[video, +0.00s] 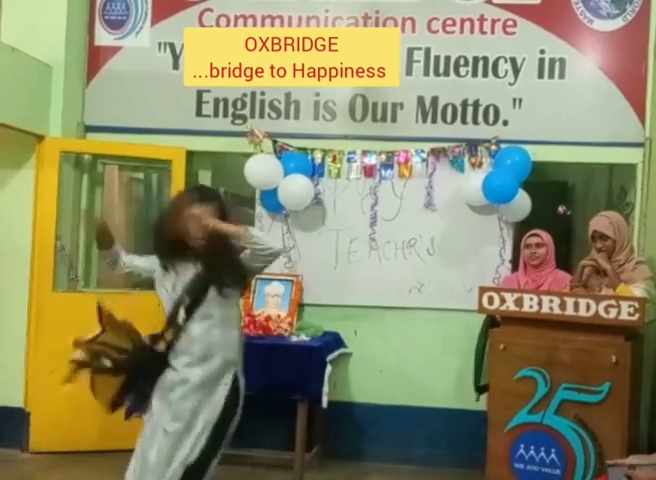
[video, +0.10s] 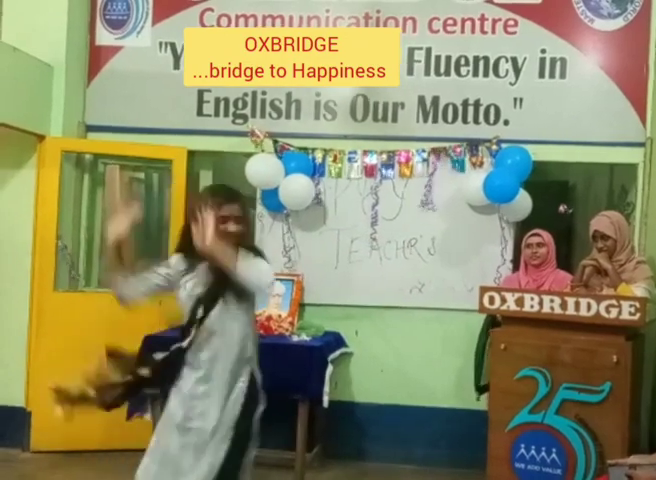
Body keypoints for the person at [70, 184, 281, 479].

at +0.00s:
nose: (203, 227)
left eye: (210, 220)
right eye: (194, 219)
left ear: (221, 225)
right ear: (176, 223)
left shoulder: (232, 268)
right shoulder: (164, 266)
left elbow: (271, 249)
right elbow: (117, 265)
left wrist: (220, 226)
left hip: (220, 384)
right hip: (176, 381)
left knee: (188, 469)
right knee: (149, 464)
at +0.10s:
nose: (232, 228)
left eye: (238, 220)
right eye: (223, 220)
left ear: (246, 224)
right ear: (200, 223)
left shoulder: (250, 263)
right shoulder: (186, 264)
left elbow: (261, 282)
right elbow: (128, 292)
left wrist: (213, 247)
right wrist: (115, 243)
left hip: (235, 391)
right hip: (190, 388)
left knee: (216, 471)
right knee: (160, 468)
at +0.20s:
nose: (244, 232)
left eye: (251, 224)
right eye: (235, 224)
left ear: (261, 226)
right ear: (216, 226)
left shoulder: (264, 276)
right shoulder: (198, 270)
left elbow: (270, 331)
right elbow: (170, 333)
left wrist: (224, 319)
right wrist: (129, 306)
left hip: (246, 396)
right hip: (202, 391)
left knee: (239, 470)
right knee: (174, 467)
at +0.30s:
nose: (256, 251)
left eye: (264, 242)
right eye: (247, 242)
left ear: (278, 245)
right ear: (233, 246)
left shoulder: (288, 295)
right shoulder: (220, 292)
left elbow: (290, 357)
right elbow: (208, 352)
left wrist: (263, 400)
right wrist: (191, 391)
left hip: (261, 412)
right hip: (214, 406)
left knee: (238, 472)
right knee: (193, 470)